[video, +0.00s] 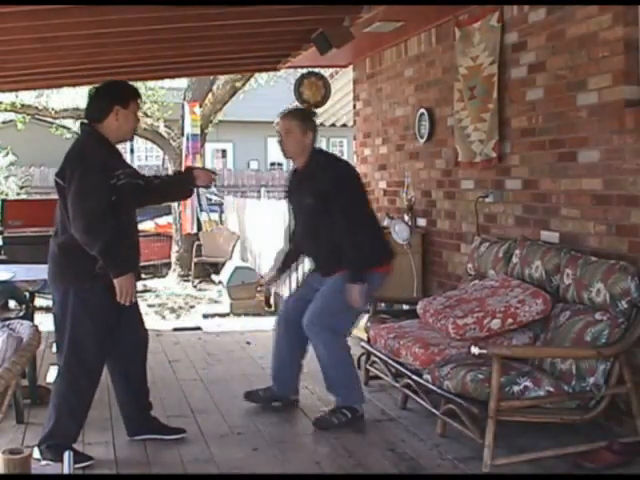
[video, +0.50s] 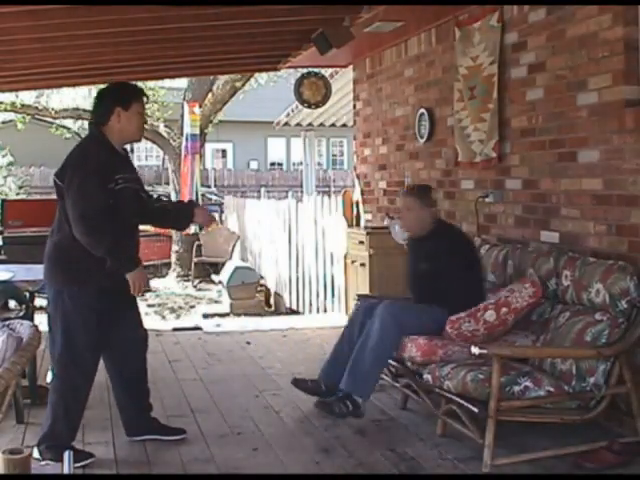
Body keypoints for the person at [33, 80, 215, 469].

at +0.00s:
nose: (138, 120)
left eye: (138, 112)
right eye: (135, 112)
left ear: (112, 113)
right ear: (115, 113)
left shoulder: (105, 153)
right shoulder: (89, 154)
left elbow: (138, 191)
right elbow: (85, 222)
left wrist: (188, 179)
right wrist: (117, 268)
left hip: (109, 275)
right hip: (82, 277)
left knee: (131, 345)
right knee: (81, 363)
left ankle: (139, 422)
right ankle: (54, 446)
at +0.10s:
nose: (143, 124)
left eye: (143, 116)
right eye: (140, 115)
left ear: (117, 115)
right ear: (120, 115)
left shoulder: (110, 155)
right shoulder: (91, 155)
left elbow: (143, 194)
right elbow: (89, 221)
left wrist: (194, 182)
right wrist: (120, 266)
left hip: (110, 276)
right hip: (82, 277)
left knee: (131, 345)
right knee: (81, 362)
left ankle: (139, 422)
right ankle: (54, 445)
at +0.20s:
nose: (147, 123)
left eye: (147, 116)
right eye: (143, 115)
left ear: (121, 116)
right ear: (123, 115)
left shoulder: (114, 156)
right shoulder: (92, 156)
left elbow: (146, 198)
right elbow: (91, 223)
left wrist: (198, 192)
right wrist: (123, 267)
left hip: (110, 275)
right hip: (81, 276)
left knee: (130, 345)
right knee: (80, 362)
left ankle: (139, 422)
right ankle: (53, 444)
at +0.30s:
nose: (148, 124)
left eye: (148, 116)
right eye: (144, 116)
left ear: (122, 117)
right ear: (123, 116)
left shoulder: (117, 158)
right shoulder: (91, 156)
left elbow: (147, 200)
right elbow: (89, 223)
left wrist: (201, 200)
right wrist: (123, 267)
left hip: (111, 276)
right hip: (78, 276)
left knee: (130, 345)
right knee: (77, 362)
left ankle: (139, 422)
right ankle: (53, 445)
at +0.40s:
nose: (148, 123)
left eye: (148, 115)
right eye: (144, 115)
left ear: (122, 117)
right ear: (122, 116)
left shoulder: (118, 159)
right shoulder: (89, 158)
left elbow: (143, 203)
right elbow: (87, 224)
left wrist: (195, 205)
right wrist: (124, 266)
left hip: (110, 276)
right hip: (76, 278)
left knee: (129, 347)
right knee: (76, 362)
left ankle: (139, 422)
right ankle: (53, 444)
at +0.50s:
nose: (145, 121)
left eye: (144, 113)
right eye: (140, 113)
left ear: (118, 116)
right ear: (118, 114)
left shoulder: (119, 159)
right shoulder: (86, 159)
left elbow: (141, 209)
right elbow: (87, 226)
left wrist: (190, 213)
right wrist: (128, 264)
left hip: (110, 274)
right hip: (75, 277)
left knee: (129, 347)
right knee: (76, 363)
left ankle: (139, 423)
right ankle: (54, 445)